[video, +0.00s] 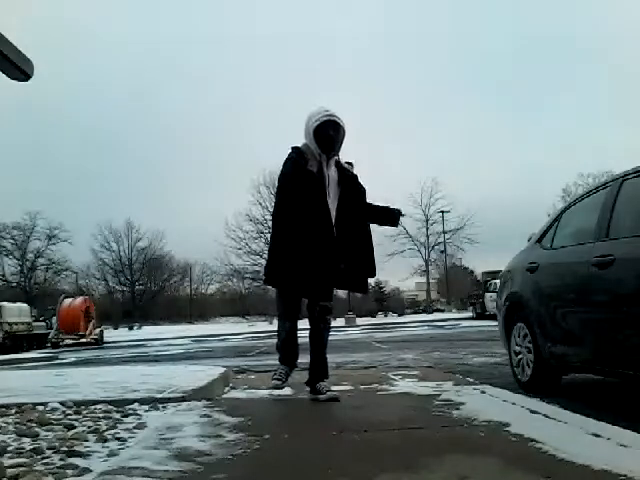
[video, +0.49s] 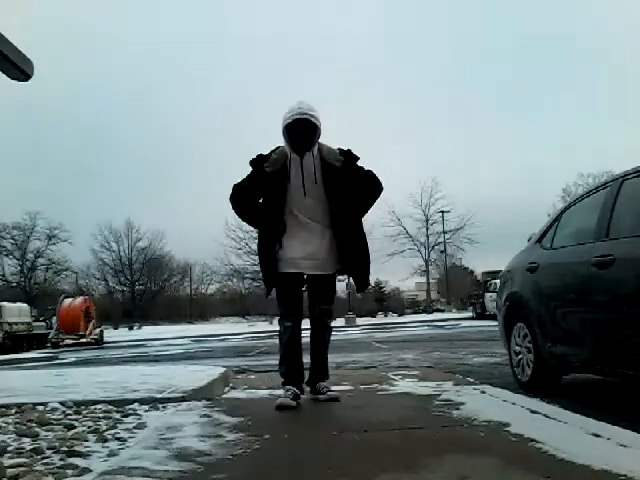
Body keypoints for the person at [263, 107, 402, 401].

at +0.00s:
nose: (332, 138)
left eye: (337, 133)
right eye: (326, 132)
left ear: (342, 137)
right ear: (312, 133)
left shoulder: (345, 175)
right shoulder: (296, 163)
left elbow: (357, 209)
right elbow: (283, 210)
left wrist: (390, 215)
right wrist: (280, 255)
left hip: (326, 254)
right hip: (293, 252)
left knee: (321, 316)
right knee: (287, 312)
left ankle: (318, 380)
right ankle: (286, 364)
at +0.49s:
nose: (301, 133)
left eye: (307, 127)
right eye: (295, 127)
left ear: (317, 130)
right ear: (285, 131)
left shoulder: (336, 162)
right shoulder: (272, 165)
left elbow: (372, 187)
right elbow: (239, 196)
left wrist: (348, 216)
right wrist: (266, 221)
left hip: (325, 256)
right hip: (286, 256)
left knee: (322, 321)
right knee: (290, 322)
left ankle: (319, 382)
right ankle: (291, 386)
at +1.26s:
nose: (341, 123)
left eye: (348, 117)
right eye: (334, 116)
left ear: (360, 119)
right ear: (324, 116)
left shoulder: (373, 149)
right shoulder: (306, 146)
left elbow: (385, 188)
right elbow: (286, 181)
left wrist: (363, 220)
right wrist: (304, 213)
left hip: (353, 242)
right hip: (313, 242)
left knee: (361, 313)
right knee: (305, 316)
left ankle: (368, 384)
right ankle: (298, 385)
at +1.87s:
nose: (299, 121)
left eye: (304, 114)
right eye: (299, 114)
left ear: (324, 114)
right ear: (306, 115)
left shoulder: (357, 145)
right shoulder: (295, 151)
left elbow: (387, 183)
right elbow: (294, 194)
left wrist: (368, 212)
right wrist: (306, 218)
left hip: (347, 245)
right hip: (308, 247)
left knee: (356, 315)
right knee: (303, 317)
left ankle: (367, 384)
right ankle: (302, 383)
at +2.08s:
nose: (274, 128)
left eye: (278, 121)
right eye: (273, 122)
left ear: (295, 119)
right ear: (283, 124)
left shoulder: (331, 146)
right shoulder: (275, 159)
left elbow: (368, 177)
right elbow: (280, 198)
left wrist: (353, 213)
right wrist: (295, 218)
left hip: (333, 246)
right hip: (298, 250)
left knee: (348, 315)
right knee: (300, 322)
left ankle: (366, 384)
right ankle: (304, 386)